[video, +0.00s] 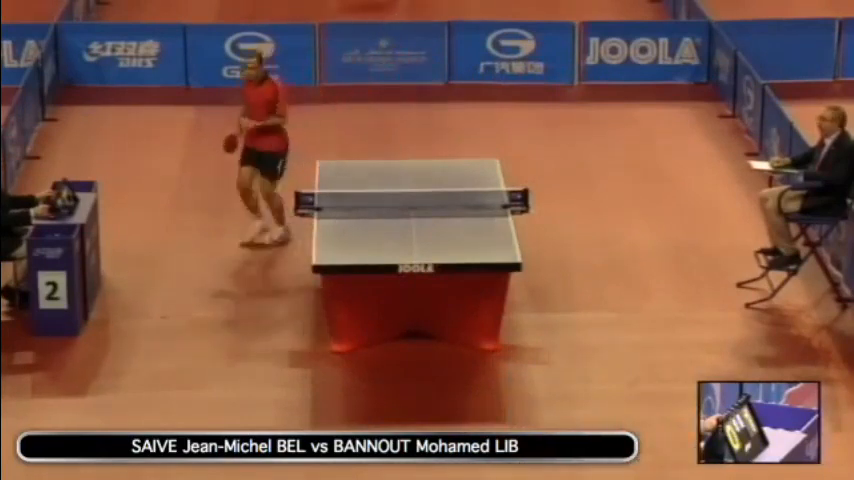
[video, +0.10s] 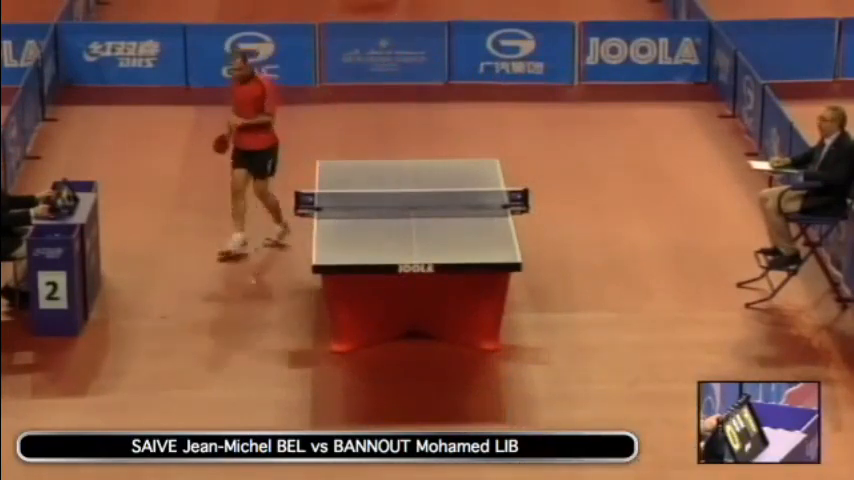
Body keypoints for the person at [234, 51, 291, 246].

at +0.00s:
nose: (249, 72)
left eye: (253, 68)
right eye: (247, 68)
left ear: (262, 69)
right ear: (246, 70)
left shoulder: (276, 88)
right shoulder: (249, 87)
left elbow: (281, 119)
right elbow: (246, 112)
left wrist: (255, 124)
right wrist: (239, 130)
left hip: (273, 145)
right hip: (253, 143)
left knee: (267, 189)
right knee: (243, 184)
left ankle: (282, 228)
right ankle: (260, 222)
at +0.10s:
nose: (237, 73)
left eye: (240, 69)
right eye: (235, 69)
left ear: (250, 68)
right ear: (234, 70)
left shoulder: (265, 86)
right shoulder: (238, 86)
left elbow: (269, 117)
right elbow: (238, 115)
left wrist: (241, 123)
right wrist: (228, 135)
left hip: (263, 146)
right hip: (242, 146)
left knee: (261, 190)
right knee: (237, 188)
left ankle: (283, 226)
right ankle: (239, 237)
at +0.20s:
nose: (216, 84)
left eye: (219, 80)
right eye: (215, 81)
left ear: (230, 77)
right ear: (215, 81)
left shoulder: (245, 94)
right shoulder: (219, 96)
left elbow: (256, 122)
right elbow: (217, 120)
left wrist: (229, 137)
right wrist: (208, 138)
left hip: (246, 155)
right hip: (225, 156)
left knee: (243, 203)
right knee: (225, 203)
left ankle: (273, 225)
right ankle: (237, 246)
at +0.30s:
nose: (204, 89)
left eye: (207, 85)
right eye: (202, 86)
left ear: (218, 81)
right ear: (202, 85)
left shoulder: (234, 99)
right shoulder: (205, 100)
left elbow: (247, 127)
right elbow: (204, 126)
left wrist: (226, 145)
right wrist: (191, 144)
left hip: (233, 160)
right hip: (214, 161)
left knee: (223, 205)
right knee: (214, 206)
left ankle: (250, 234)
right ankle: (235, 244)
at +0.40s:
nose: (188, 90)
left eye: (191, 85)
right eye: (186, 86)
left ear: (201, 82)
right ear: (184, 85)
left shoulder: (217, 99)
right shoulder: (188, 102)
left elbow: (232, 128)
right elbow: (187, 126)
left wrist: (213, 148)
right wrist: (173, 141)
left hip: (214, 161)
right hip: (197, 162)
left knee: (201, 207)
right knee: (209, 209)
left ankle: (201, 255)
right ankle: (235, 243)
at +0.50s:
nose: (178, 90)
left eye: (180, 86)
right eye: (176, 86)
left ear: (190, 83)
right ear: (176, 85)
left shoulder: (205, 102)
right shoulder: (177, 103)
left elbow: (221, 132)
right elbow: (174, 127)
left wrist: (203, 155)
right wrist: (162, 141)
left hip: (202, 162)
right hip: (184, 162)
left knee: (187, 205)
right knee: (192, 210)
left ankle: (178, 256)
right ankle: (224, 237)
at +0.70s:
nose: (156, 104)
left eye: (160, 100)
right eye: (154, 100)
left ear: (169, 96)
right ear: (152, 97)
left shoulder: (179, 111)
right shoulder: (154, 106)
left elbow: (185, 143)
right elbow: (153, 128)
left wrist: (163, 154)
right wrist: (138, 142)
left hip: (170, 170)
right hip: (153, 166)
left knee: (153, 211)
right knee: (133, 201)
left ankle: (169, 260)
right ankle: (164, 236)